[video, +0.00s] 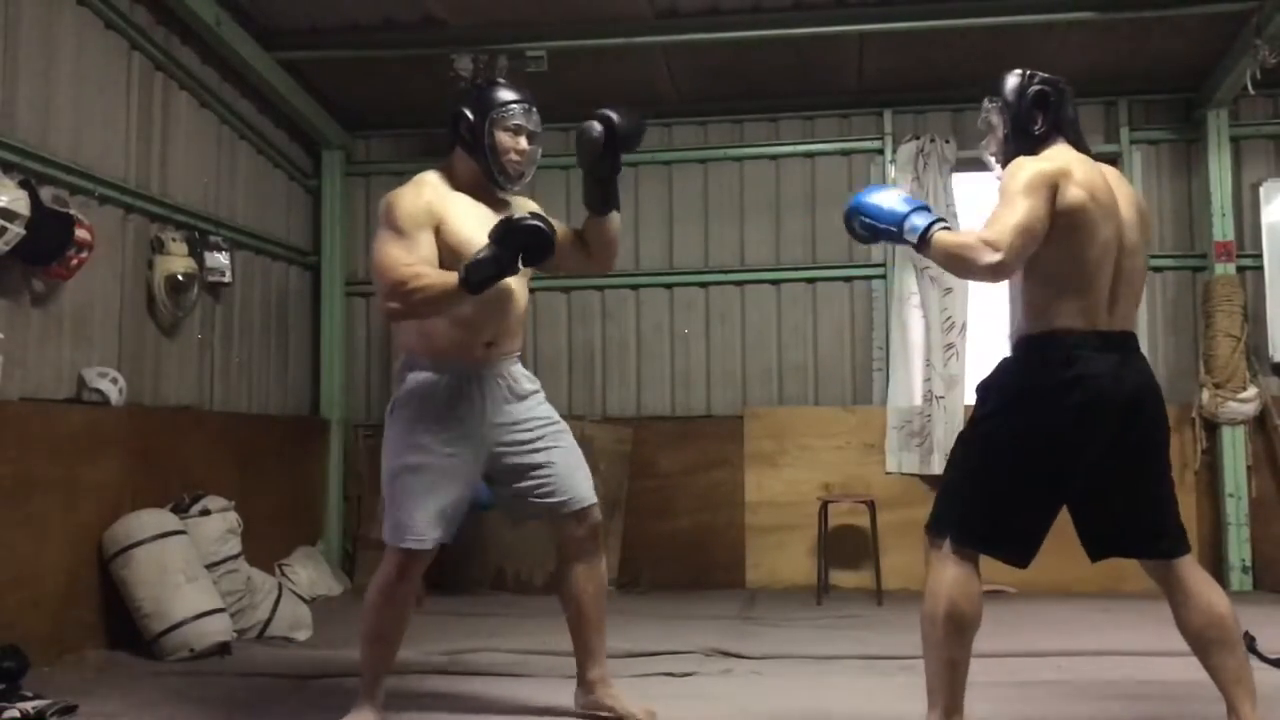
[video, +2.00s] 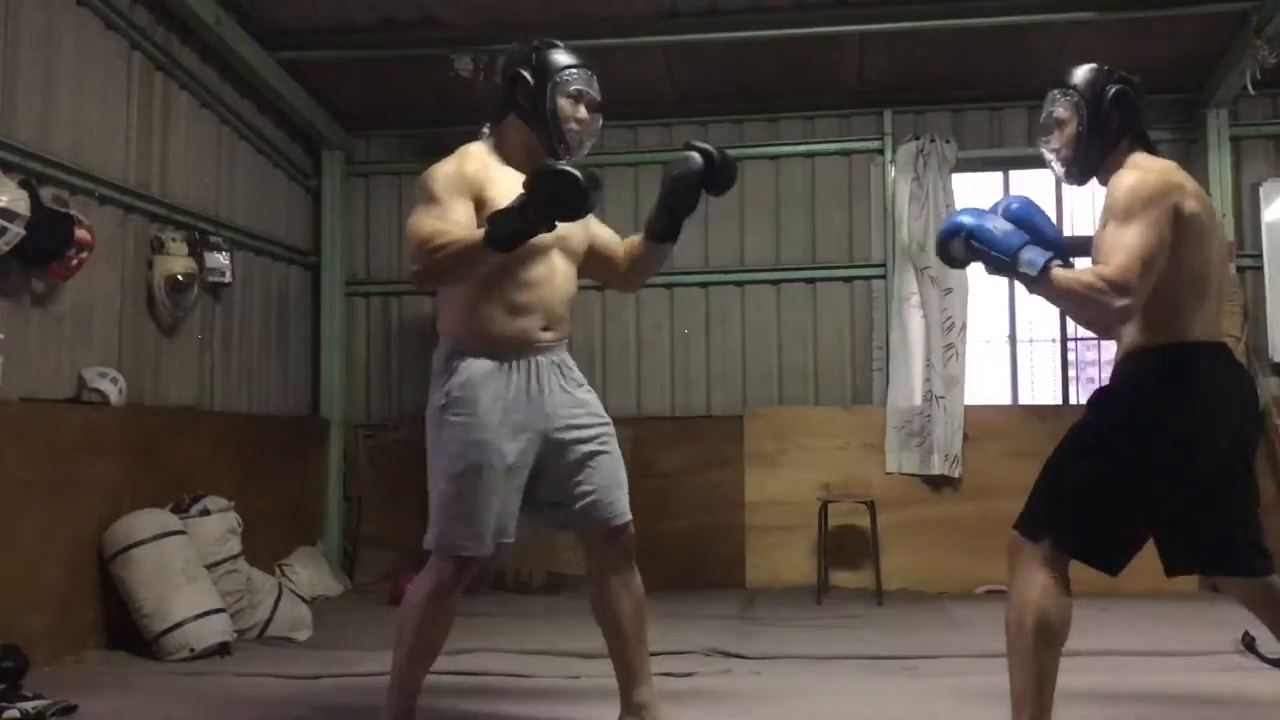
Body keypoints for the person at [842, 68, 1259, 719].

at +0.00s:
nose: (987, 142)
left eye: (991, 125)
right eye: (986, 127)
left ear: (1025, 122)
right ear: (1062, 120)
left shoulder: (1034, 170)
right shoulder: (1125, 187)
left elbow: (992, 257)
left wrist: (914, 223)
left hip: (1044, 384)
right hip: (1128, 385)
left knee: (953, 543)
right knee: (1174, 561)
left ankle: (943, 713)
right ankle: (1247, 709)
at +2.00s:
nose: (1049, 139)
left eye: (1059, 122)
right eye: (1046, 126)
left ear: (1106, 119)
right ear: (1118, 125)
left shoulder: (1141, 181)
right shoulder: (1174, 183)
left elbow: (1109, 305)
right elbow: (1134, 290)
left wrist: (1023, 260)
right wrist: (1057, 244)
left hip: (1161, 390)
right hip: (1218, 390)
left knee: (1037, 548)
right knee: (1239, 571)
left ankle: (1030, 713)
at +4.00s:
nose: (1006, 118)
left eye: (1015, 101)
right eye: (1006, 102)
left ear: (1065, 102)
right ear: (1070, 105)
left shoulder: (1159, 170)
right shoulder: (1050, 185)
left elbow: (1048, 274)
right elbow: (1024, 274)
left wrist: (980, 201)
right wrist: (963, 291)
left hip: (1188, 381)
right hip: (1101, 382)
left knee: (1216, 574)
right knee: (1013, 543)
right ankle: (1017, 713)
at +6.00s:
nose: (1111, 52)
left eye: (1127, 34)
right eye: (1112, 39)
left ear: (1185, 39)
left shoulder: (1267, 131)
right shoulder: (1139, 150)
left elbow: (1228, 263)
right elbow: (1083, 274)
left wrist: (1149, 172)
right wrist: (1029, 239)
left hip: (1244, 384)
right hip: (1140, 384)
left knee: (1273, 583)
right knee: (1049, 548)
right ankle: (1043, 715)